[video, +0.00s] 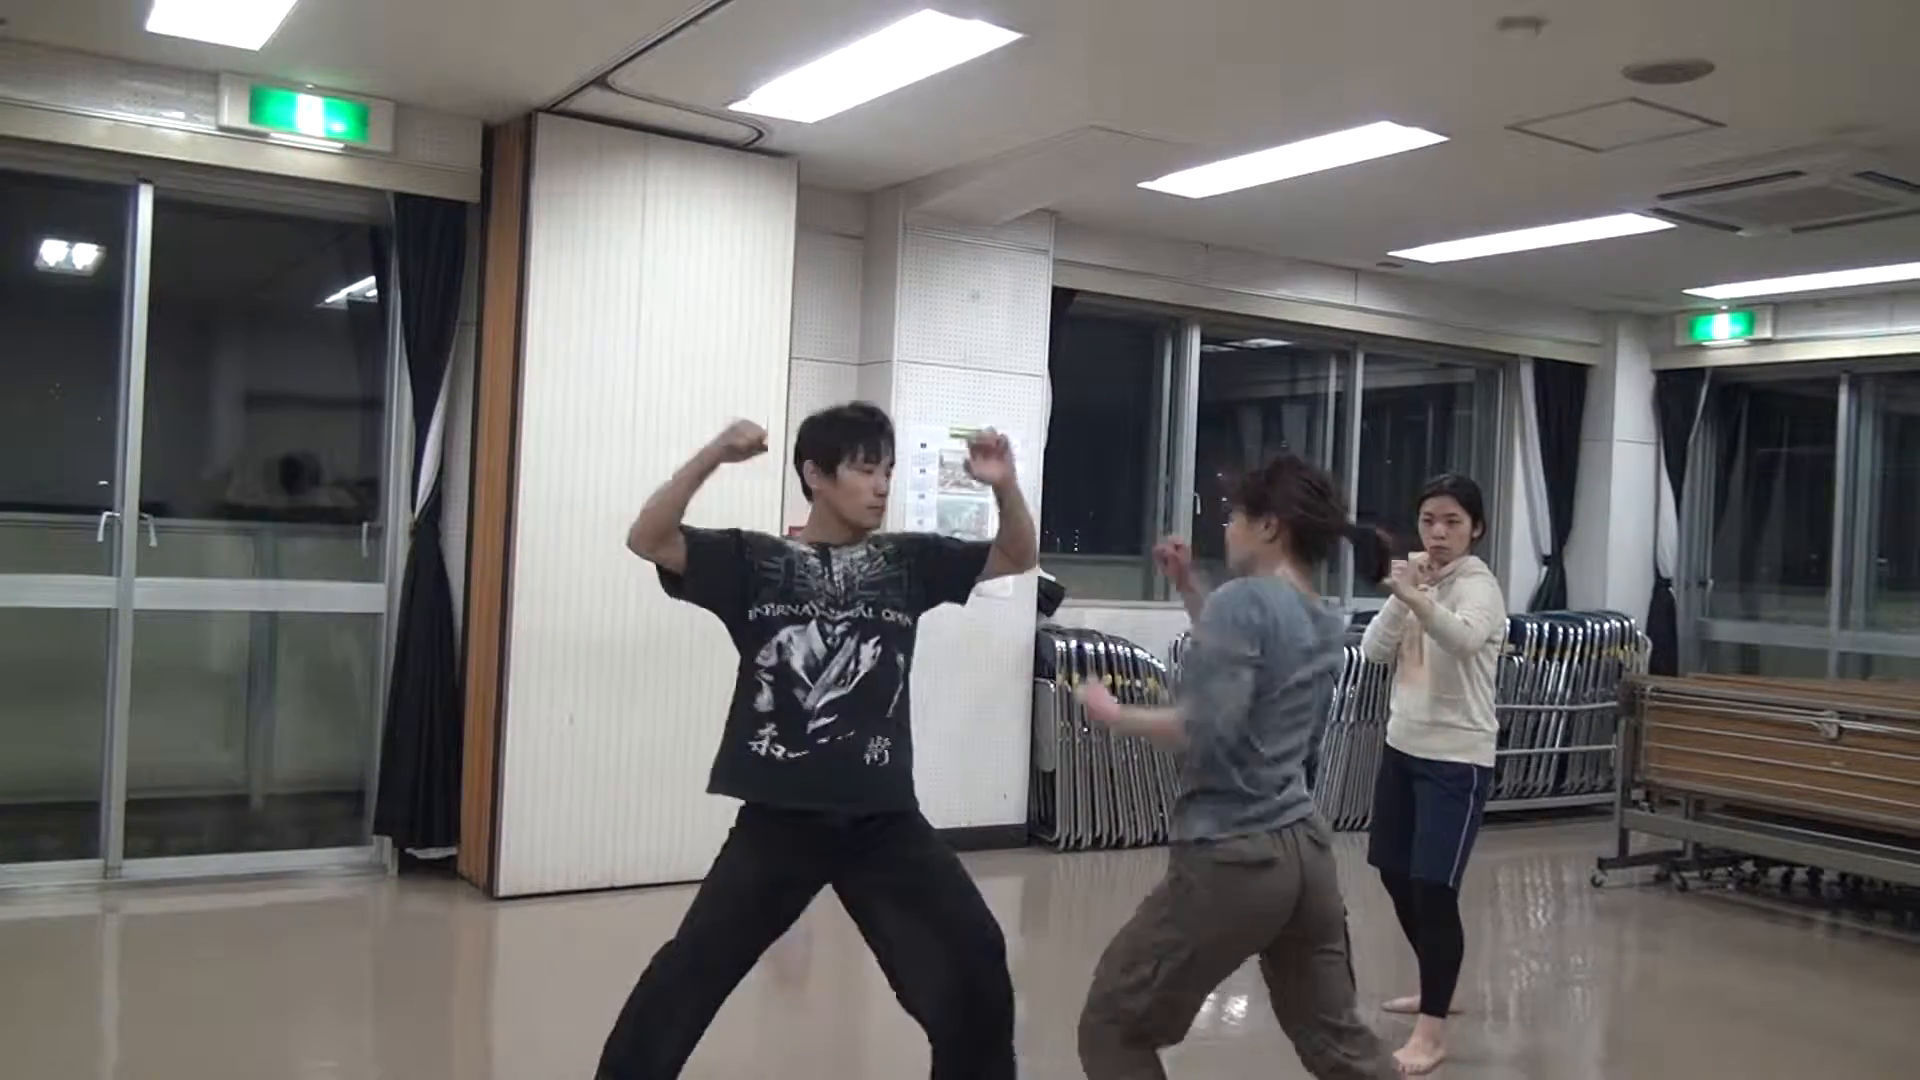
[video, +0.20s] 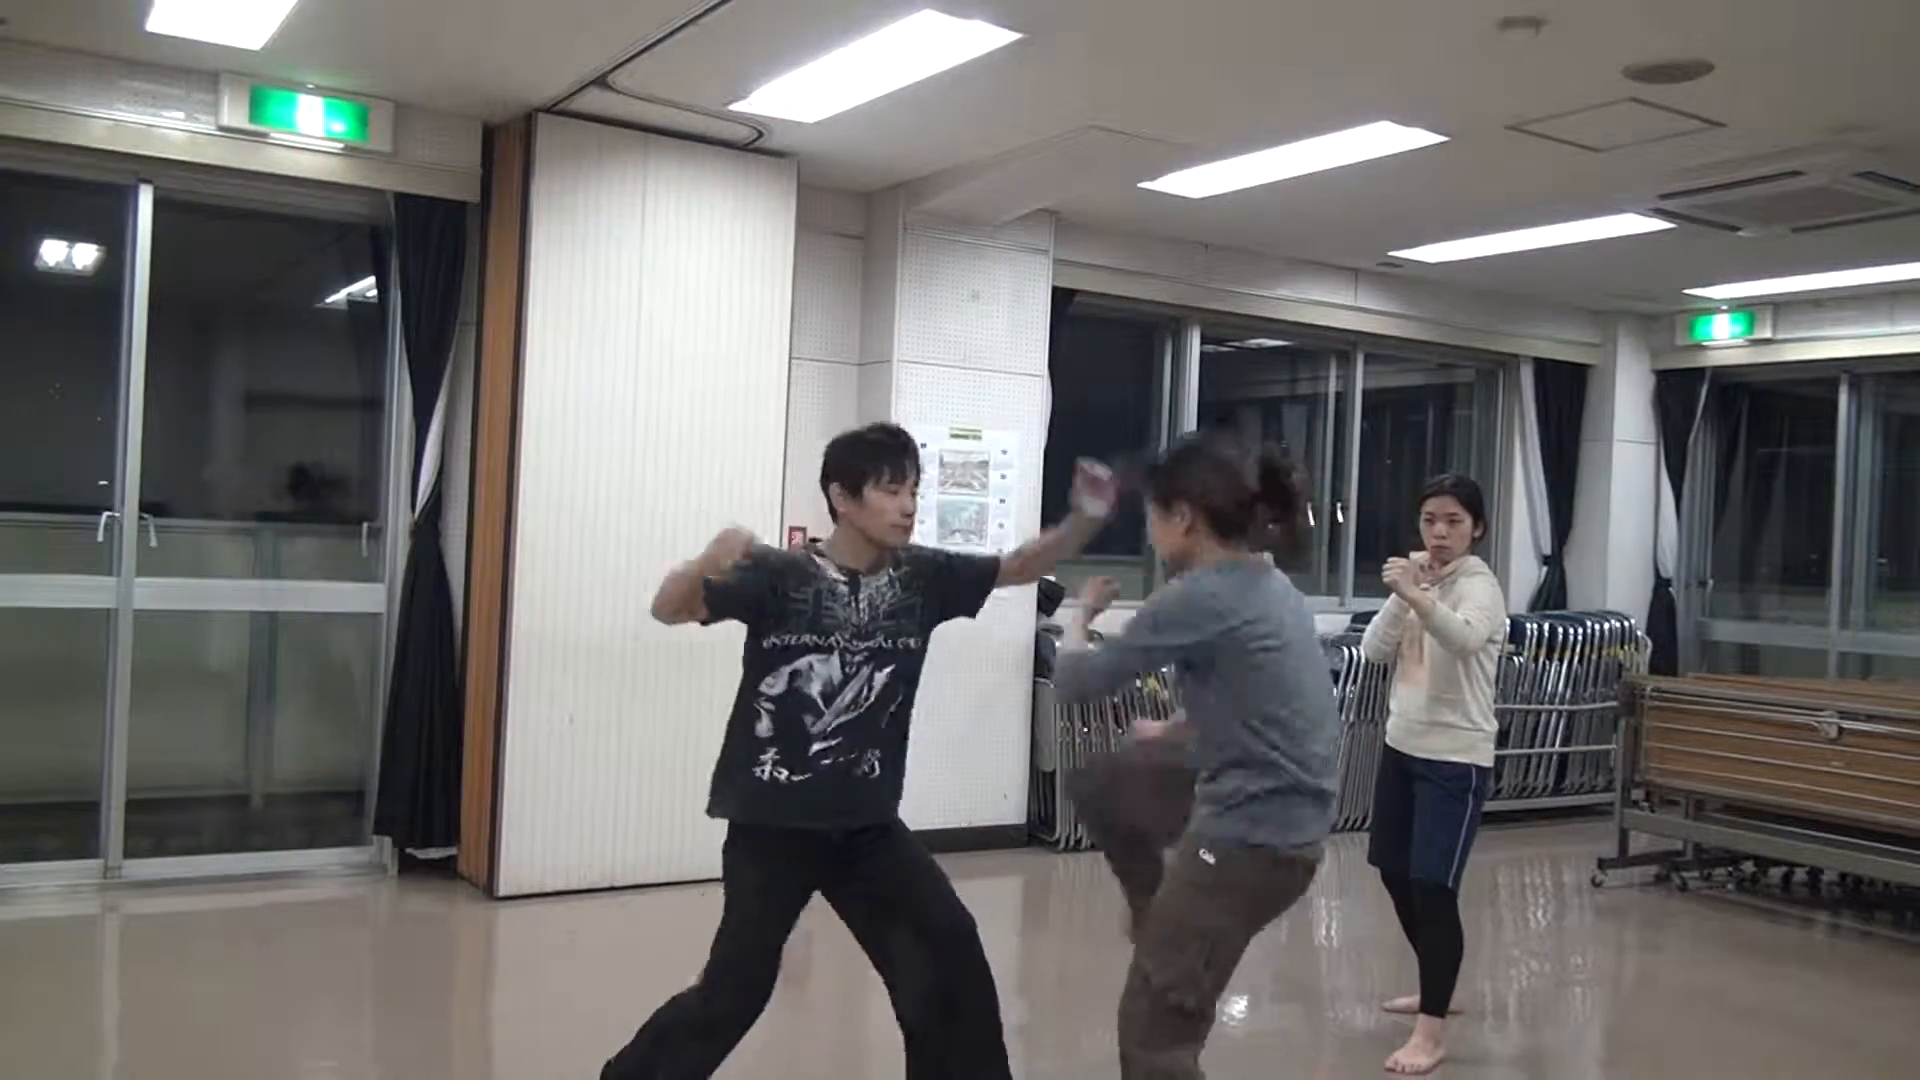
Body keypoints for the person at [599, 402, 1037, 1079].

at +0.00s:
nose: (882, 483)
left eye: (887, 469)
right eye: (865, 469)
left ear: (890, 476)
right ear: (815, 477)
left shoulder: (907, 560)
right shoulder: (753, 561)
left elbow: (1017, 554)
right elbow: (648, 539)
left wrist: (1006, 486)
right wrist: (709, 457)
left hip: (883, 822)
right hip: (778, 822)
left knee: (972, 959)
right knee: (688, 974)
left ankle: (980, 1077)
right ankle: (620, 1075)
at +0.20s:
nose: (910, 504)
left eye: (913, 490)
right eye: (892, 489)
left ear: (915, 498)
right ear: (841, 498)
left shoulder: (923, 576)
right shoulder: (778, 573)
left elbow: (1019, 567)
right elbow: (667, 610)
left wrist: (1084, 520)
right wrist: (703, 567)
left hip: (865, 829)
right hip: (770, 829)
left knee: (946, 953)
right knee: (732, 996)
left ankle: (968, 1074)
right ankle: (626, 1073)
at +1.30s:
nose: (390, 837)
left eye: (398, 824)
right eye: (395, 820)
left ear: (350, 786)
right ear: (364, 798)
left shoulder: (254, 772)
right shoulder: (308, 845)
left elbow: (154, 786)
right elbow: (331, 961)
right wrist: (387, 1052)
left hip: (73, 866)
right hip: (88, 910)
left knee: (256, 909)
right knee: (133, 1057)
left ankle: (230, 1033)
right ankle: (5, 1034)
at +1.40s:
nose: (370, 803)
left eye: (374, 790)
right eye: (369, 785)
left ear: (316, 765)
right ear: (329, 768)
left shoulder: (243, 768)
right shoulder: (271, 821)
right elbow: (269, 949)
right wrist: (295, 1057)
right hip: (67, 918)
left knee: (226, 908)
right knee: (134, 1056)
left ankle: (227, 1029)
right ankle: (6, 1031)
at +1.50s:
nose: (346, 761)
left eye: (349, 746)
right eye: (341, 743)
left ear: (294, 730)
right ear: (299, 732)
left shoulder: (221, 752)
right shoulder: (248, 795)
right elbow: (219, 921)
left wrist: (222, 1024)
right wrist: (216, 1044)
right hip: (64, 917)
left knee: (234, 894)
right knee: (132, 1060)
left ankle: (226, 1025)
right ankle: (6, 1030)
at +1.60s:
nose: (326, 711)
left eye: (326, 697)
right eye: (318, 695)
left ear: (268, 690)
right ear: (273, 691)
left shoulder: (181, 719)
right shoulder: (228, 757)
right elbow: (179, 858)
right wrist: (158, 985)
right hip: (77, 912)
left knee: (233, 867)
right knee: (126, 1061)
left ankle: (221, 1029)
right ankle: (2, 1030)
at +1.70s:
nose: (300, 660)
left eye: (300, 646)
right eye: (291, 645)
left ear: (245, 648)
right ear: (244, 648)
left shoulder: (170, 689)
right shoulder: (208, 715)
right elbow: (154, 789)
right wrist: (145, 914)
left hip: (44, 869)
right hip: (76, 882)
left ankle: (225, 1030)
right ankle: (223, 1028)